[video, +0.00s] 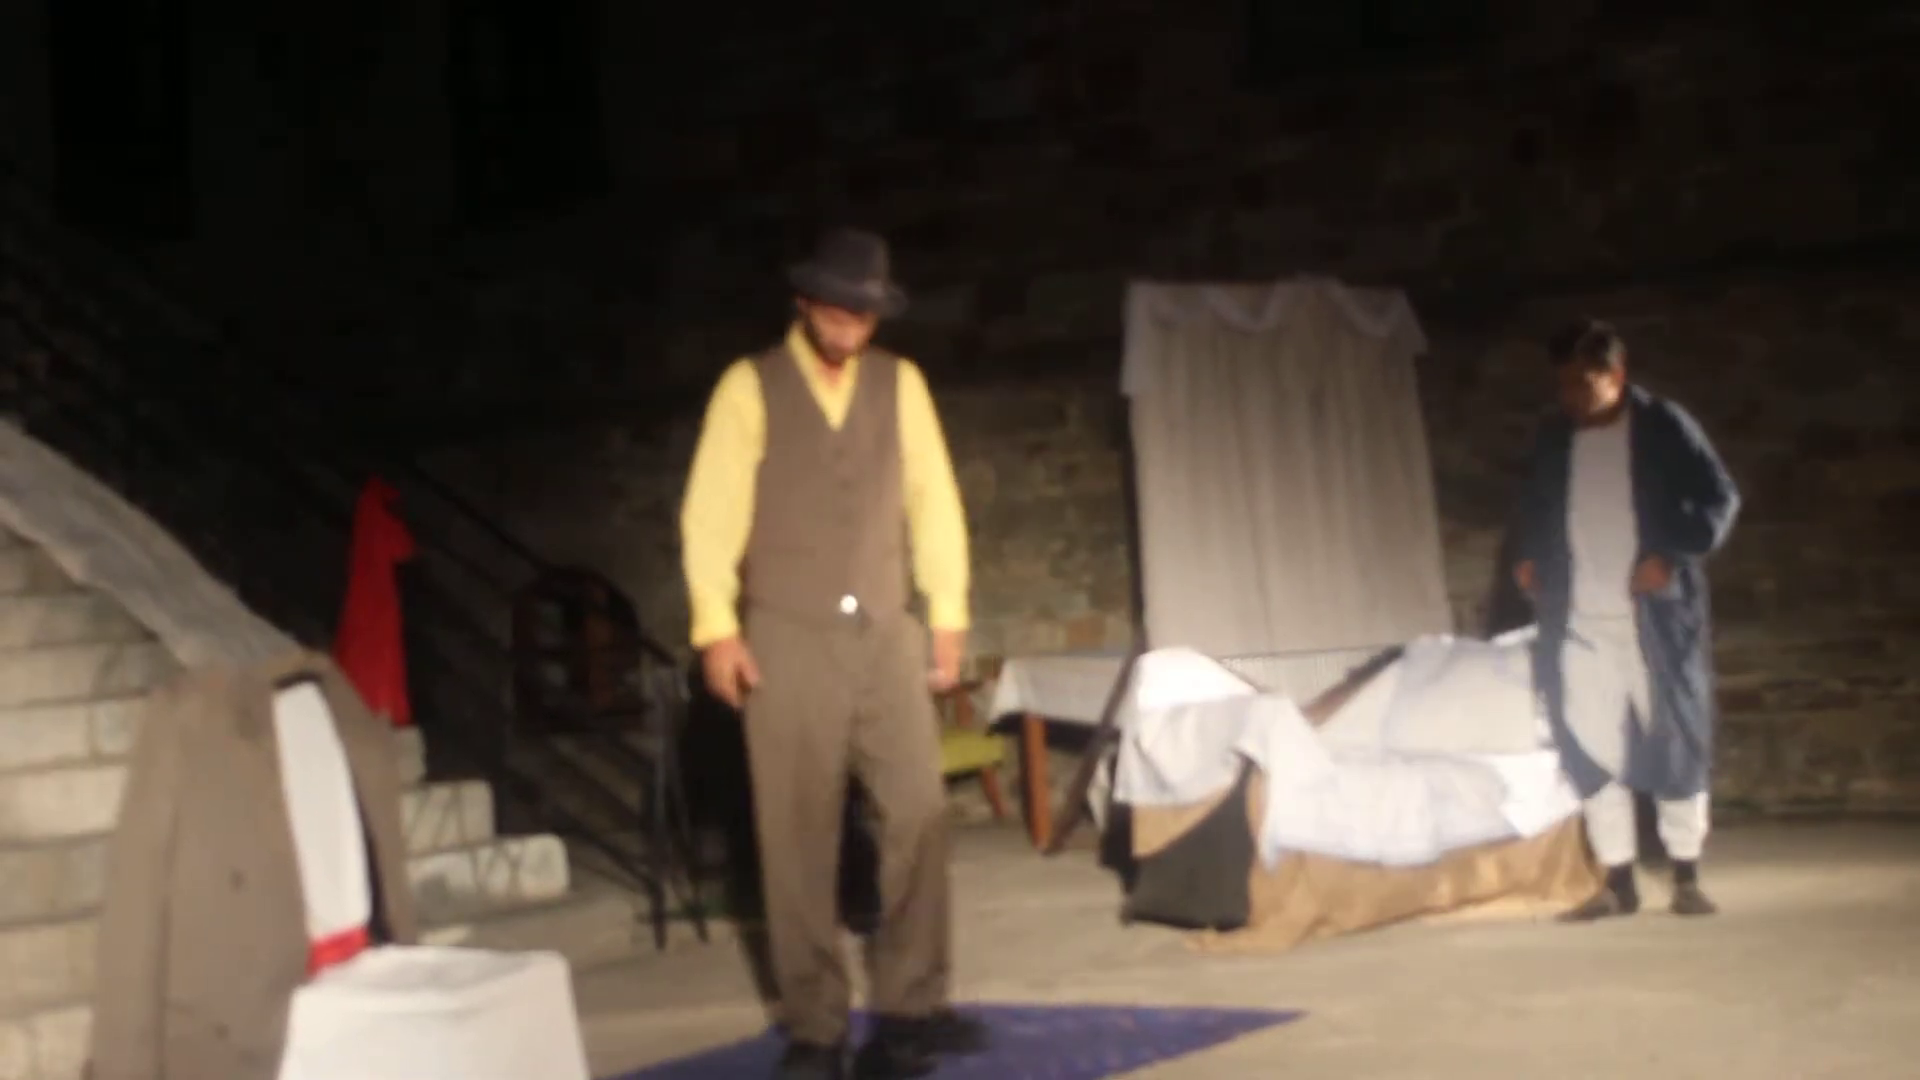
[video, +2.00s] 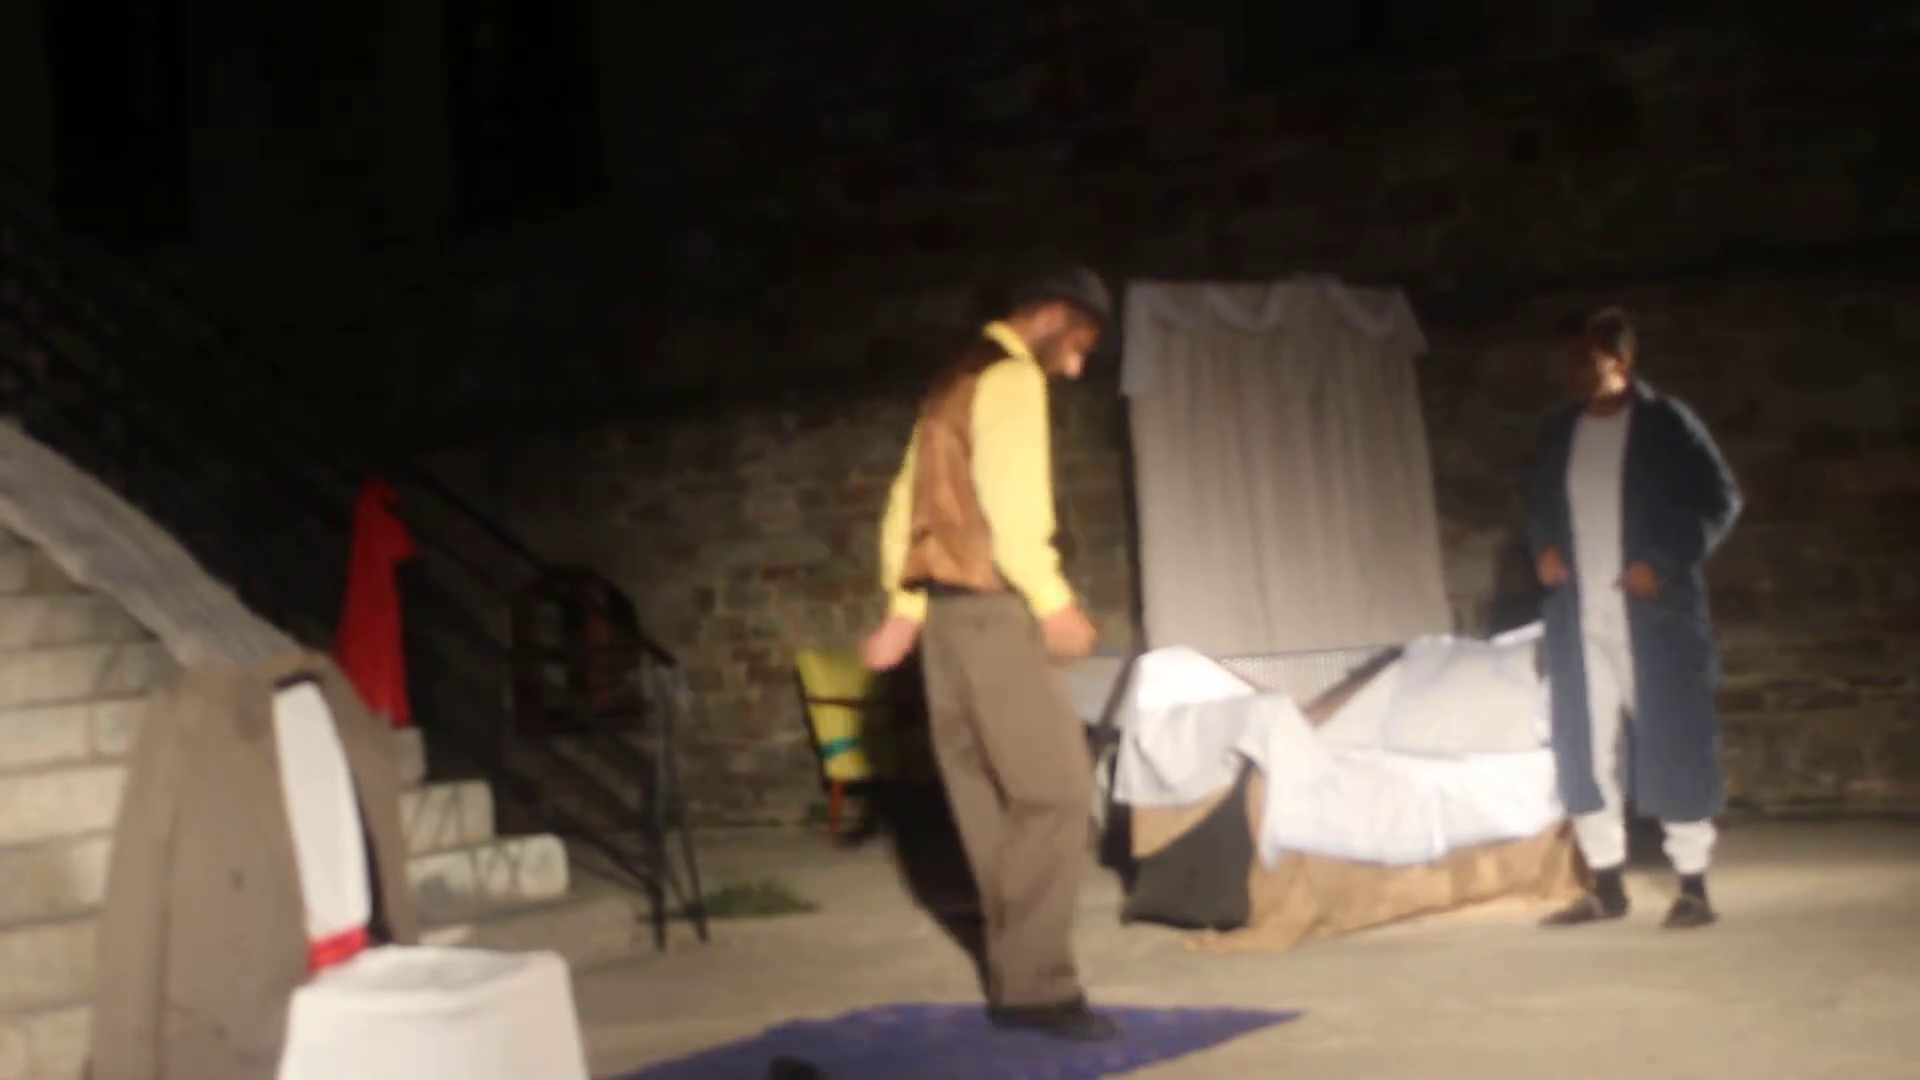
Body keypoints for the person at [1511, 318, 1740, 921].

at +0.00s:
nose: (1581, 394)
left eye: (1591, 381)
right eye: (1571, 383)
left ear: (1619, 373)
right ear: (1559, 383)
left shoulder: (1663, 425)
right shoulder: (1550, 441)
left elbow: (1717, 497)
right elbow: (1528, 512)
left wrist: (1671, 555)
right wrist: (1523, 556)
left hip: (1656, 624)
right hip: (1579, 629)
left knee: (1676, 744)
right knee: (1596, 755)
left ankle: (1685, 878)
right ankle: (1619, 884)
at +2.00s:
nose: (1585, 374)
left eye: (1596, 362)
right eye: (1577, 363)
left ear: (1624, 361)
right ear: (1568, 367)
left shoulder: (1666, 422)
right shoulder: (1555, 433)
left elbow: (1720, 501)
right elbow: (1538, 501)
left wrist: (1665, 564)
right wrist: (1545, 547)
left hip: (1658, 622)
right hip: (1581, 625)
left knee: (1675, 742)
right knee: (1585, 745)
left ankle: (1692, 886)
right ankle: (1606, 886)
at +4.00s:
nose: (1566, 406)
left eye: (1575, 393)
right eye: (1554, 397)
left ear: (1596, 379)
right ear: (1536, 394)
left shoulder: (1636, 426)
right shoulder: (1523, 444)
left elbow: (1693, 503)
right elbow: (1504, 516)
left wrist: (1664, 579)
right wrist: (1503, 567)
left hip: (1632, 629)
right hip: (1557, 633)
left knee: (1653, 749)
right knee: (1570, 756)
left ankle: (1679, 885)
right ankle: (1597, 889)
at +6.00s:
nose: (1531, 399)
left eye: (1542, 386)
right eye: (1520, 386)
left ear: (1563, 376)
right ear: (1501, 379)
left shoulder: (1592, 428)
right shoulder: (1470, 431)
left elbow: (1637, 503)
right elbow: (1430, 504)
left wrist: (1600, 562)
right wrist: (1460, 554)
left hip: (1572, 630)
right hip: (1496, 632)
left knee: (1589, 753)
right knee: (1505, 756)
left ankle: (1609, 886)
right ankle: (1517, 892)